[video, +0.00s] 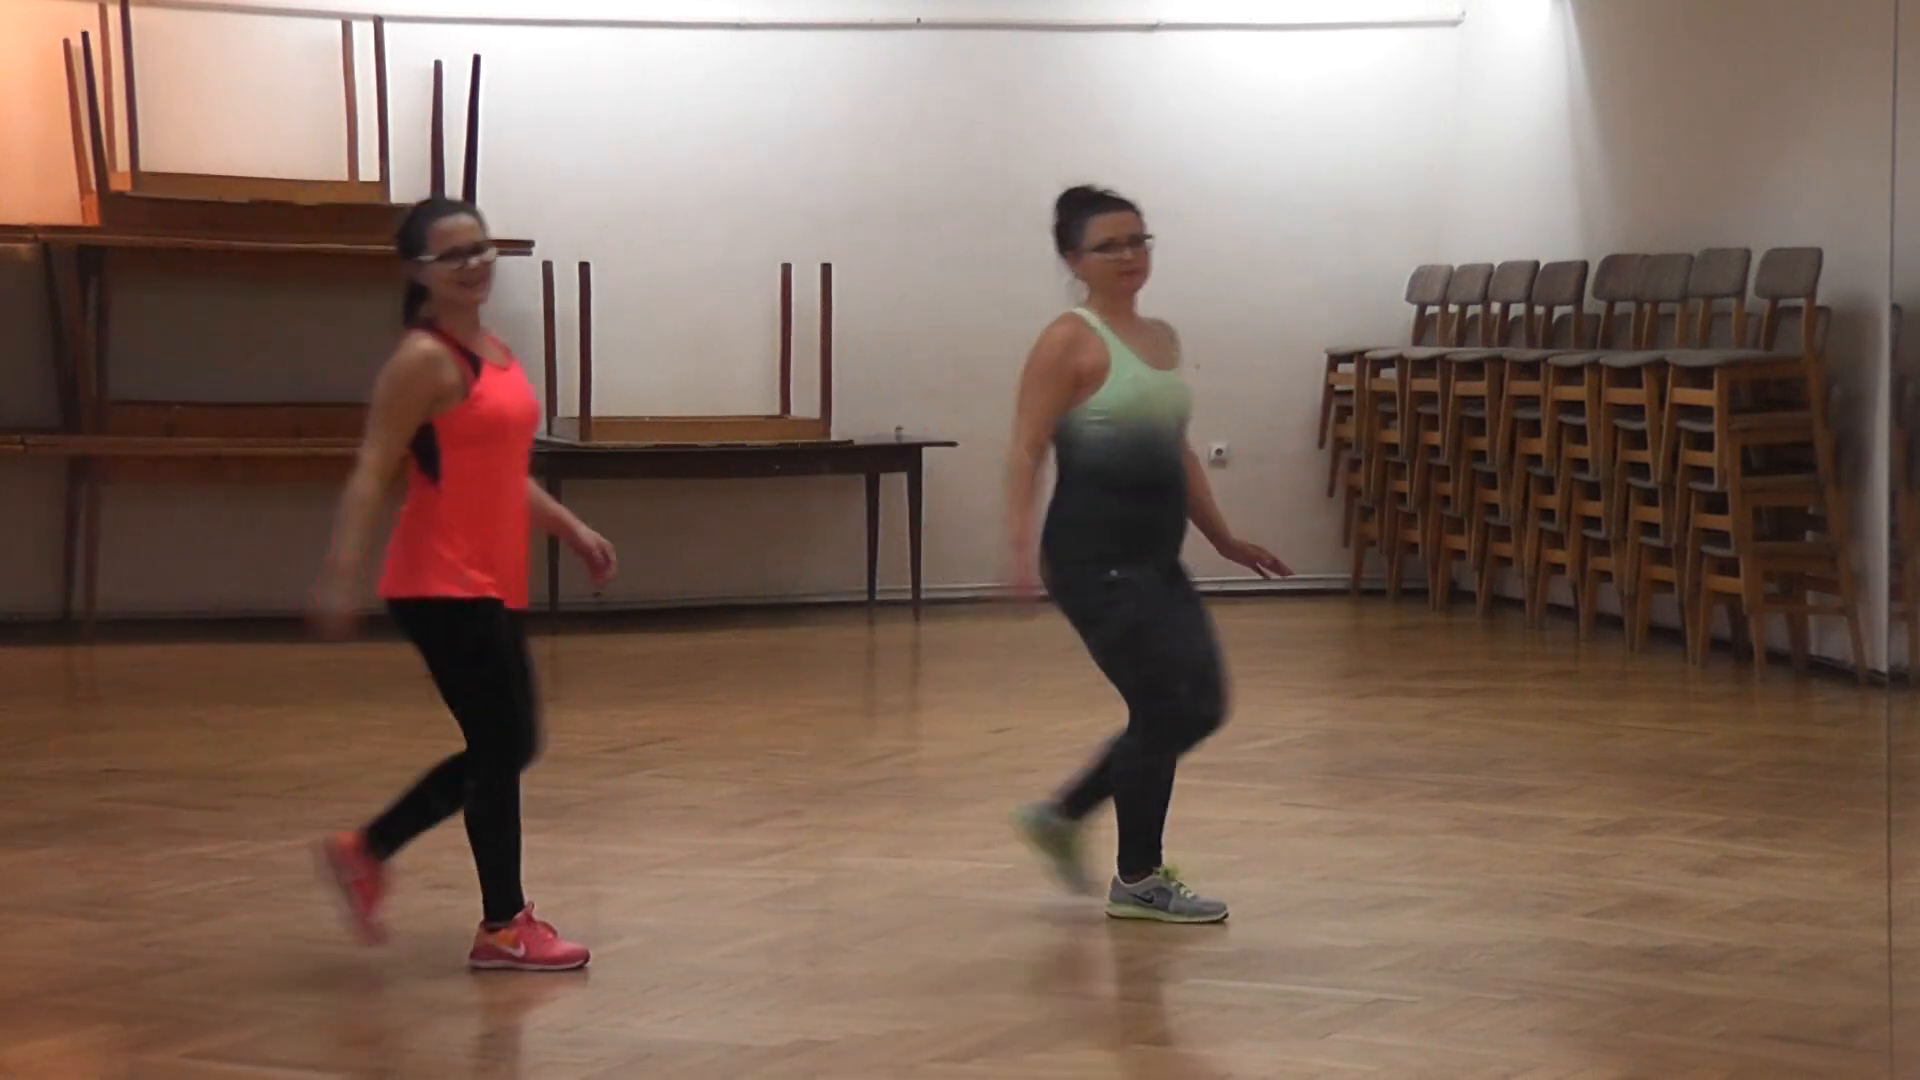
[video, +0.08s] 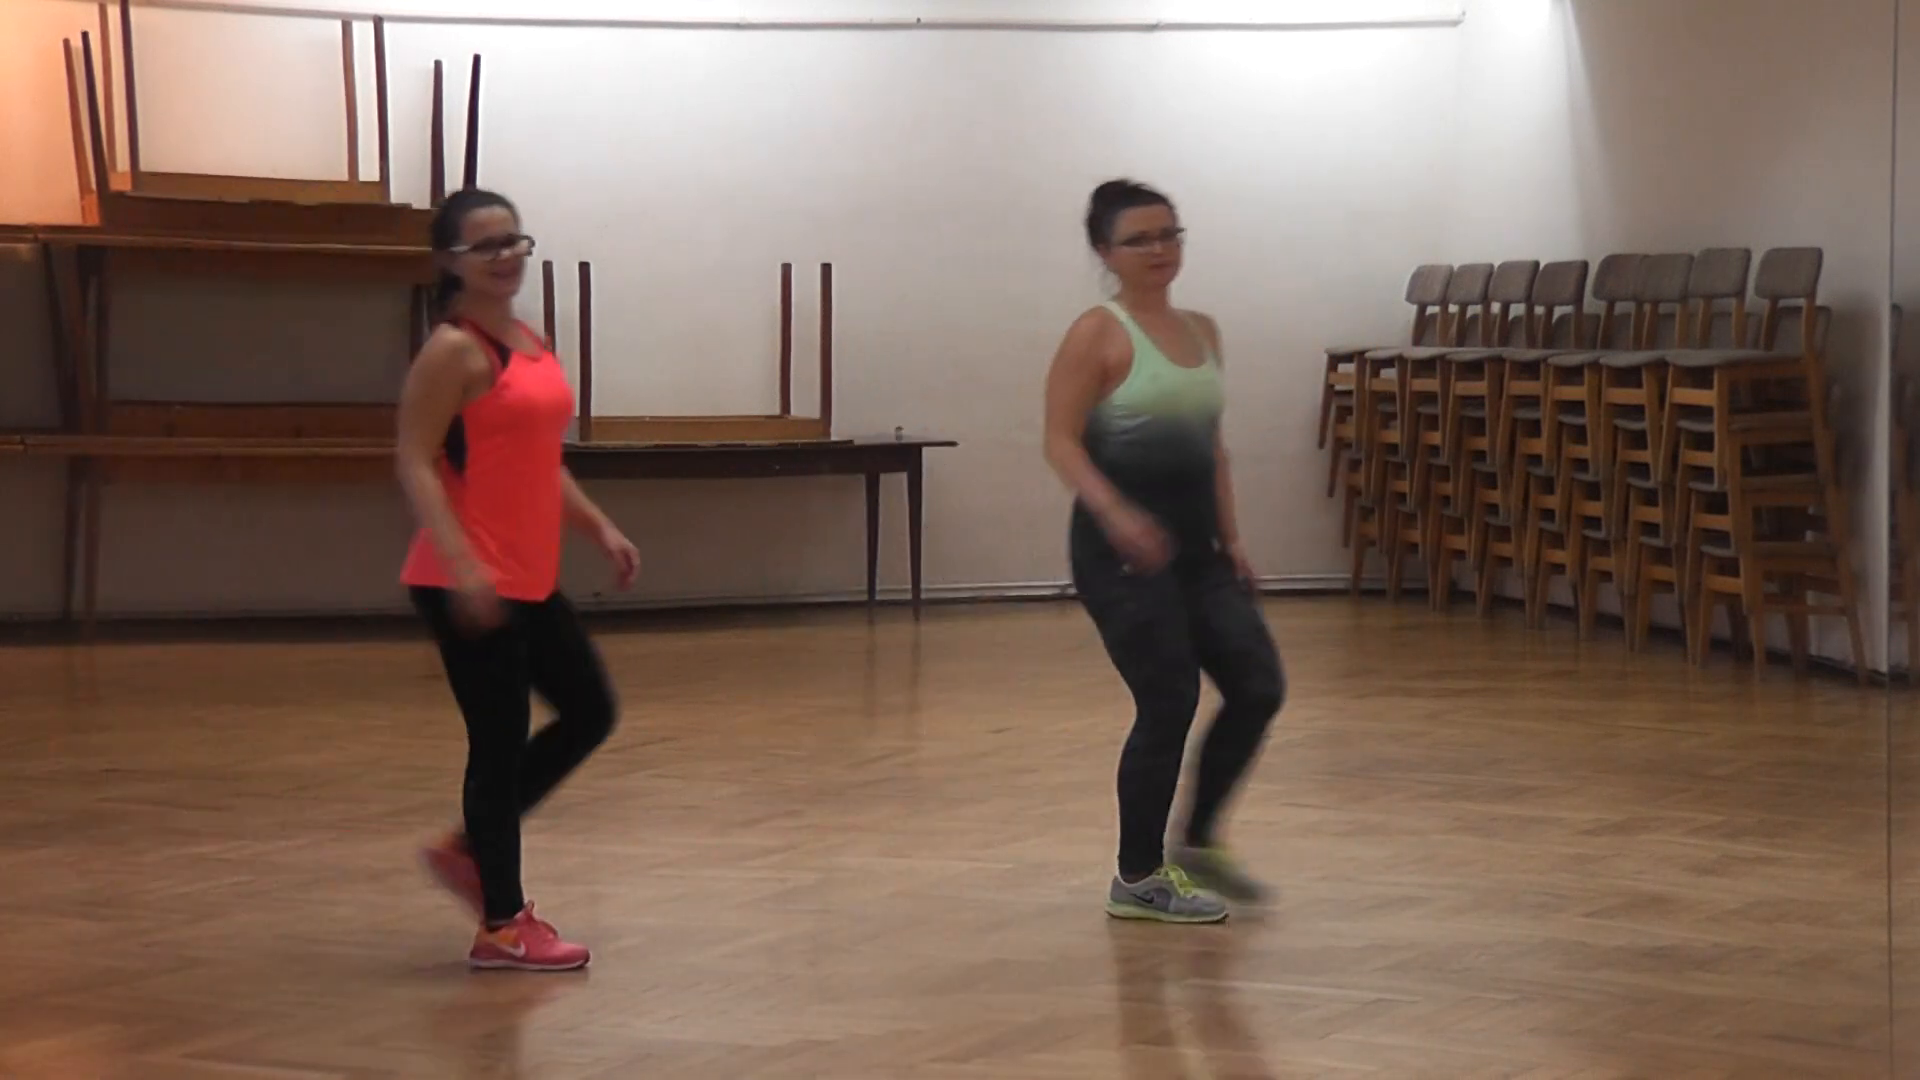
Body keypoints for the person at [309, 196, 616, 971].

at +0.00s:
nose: (475, 265)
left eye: (482, 250)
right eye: (455, 256)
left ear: (494, 257)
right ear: (420, 273)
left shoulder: (495, 349)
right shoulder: (421, 360)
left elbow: (501, 472)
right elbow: (373, 472)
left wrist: (572, 529)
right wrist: (343, 569)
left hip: (491, 582)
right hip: (438, 584)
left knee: (504, 742)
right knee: (502, 740)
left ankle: (366, 848)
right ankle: (504, 923)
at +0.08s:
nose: (507, 256)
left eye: (514, 242)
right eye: (488, 247)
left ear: (525, 249)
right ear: (450, 263)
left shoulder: (528, 339)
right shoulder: (451, 351)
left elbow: (536, 458)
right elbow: (413, 463)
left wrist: (599, 525)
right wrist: (462, 561)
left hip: (528, 581)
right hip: (466, 583)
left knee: (591, 714)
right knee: (499, 744)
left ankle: (470, 844)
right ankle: (504, 923)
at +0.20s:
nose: (556, 254)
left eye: (563, 241)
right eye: (536, 245)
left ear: (577, 249)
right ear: (500, 261)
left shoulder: (593, 348)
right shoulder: (489, 353)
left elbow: (601, 462)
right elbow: (459, 462)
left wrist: (655, 539)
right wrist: (574, 481)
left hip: (577, 581)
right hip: (499, 583)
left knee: (649, 711)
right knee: (527, 733)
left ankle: (649, 888)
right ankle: (505, 922)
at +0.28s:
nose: (588, 260)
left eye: (596, 247)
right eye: (569, 250)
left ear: (611, 257)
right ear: (533, 265)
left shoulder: (635, 357)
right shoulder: (514, 358)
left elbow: (658, 465)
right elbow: (487, 469)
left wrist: (694, 554)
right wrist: (605, 449)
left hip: (617, 586)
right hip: (531, 587)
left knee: (669, 730)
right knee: (545, 737)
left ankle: (699, 900)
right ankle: (506, 923)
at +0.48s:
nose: (653, 259)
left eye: (664, 246)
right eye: (635, 247)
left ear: (676, 256)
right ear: (599, 259)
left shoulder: (706, 352)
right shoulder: (571, 356)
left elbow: (744, 463)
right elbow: (548, 465)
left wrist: (763, 564)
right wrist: (619, 436)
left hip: (700, 578)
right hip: (600, 582)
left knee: (711, 741)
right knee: (599, 738)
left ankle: (709, 898)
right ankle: (598, 866)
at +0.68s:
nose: (684, 265)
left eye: (695, 253)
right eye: (666, 253)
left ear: (707, 261)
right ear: (632, 261)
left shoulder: (733, 355)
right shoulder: (596, 358)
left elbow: (769, 460)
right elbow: (565, 461)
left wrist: (797, 554)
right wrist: (629, 472)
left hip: (734, 576)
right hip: (644, 586)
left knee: (750, 731)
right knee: (685, 736)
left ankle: (747, 880)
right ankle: (718, 862)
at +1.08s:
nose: (680, 262)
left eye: (695, 252)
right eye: (665, 248)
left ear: (708, 262)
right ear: (632, 254)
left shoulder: (734, 352)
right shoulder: (608, 349)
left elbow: (795, 453)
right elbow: (593, 439)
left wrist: (816, 555)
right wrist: (558, 521)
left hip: (727, 571)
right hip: (631, 567)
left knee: (741, 729)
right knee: (589, 708)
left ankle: (764, 879)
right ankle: (623, 871)